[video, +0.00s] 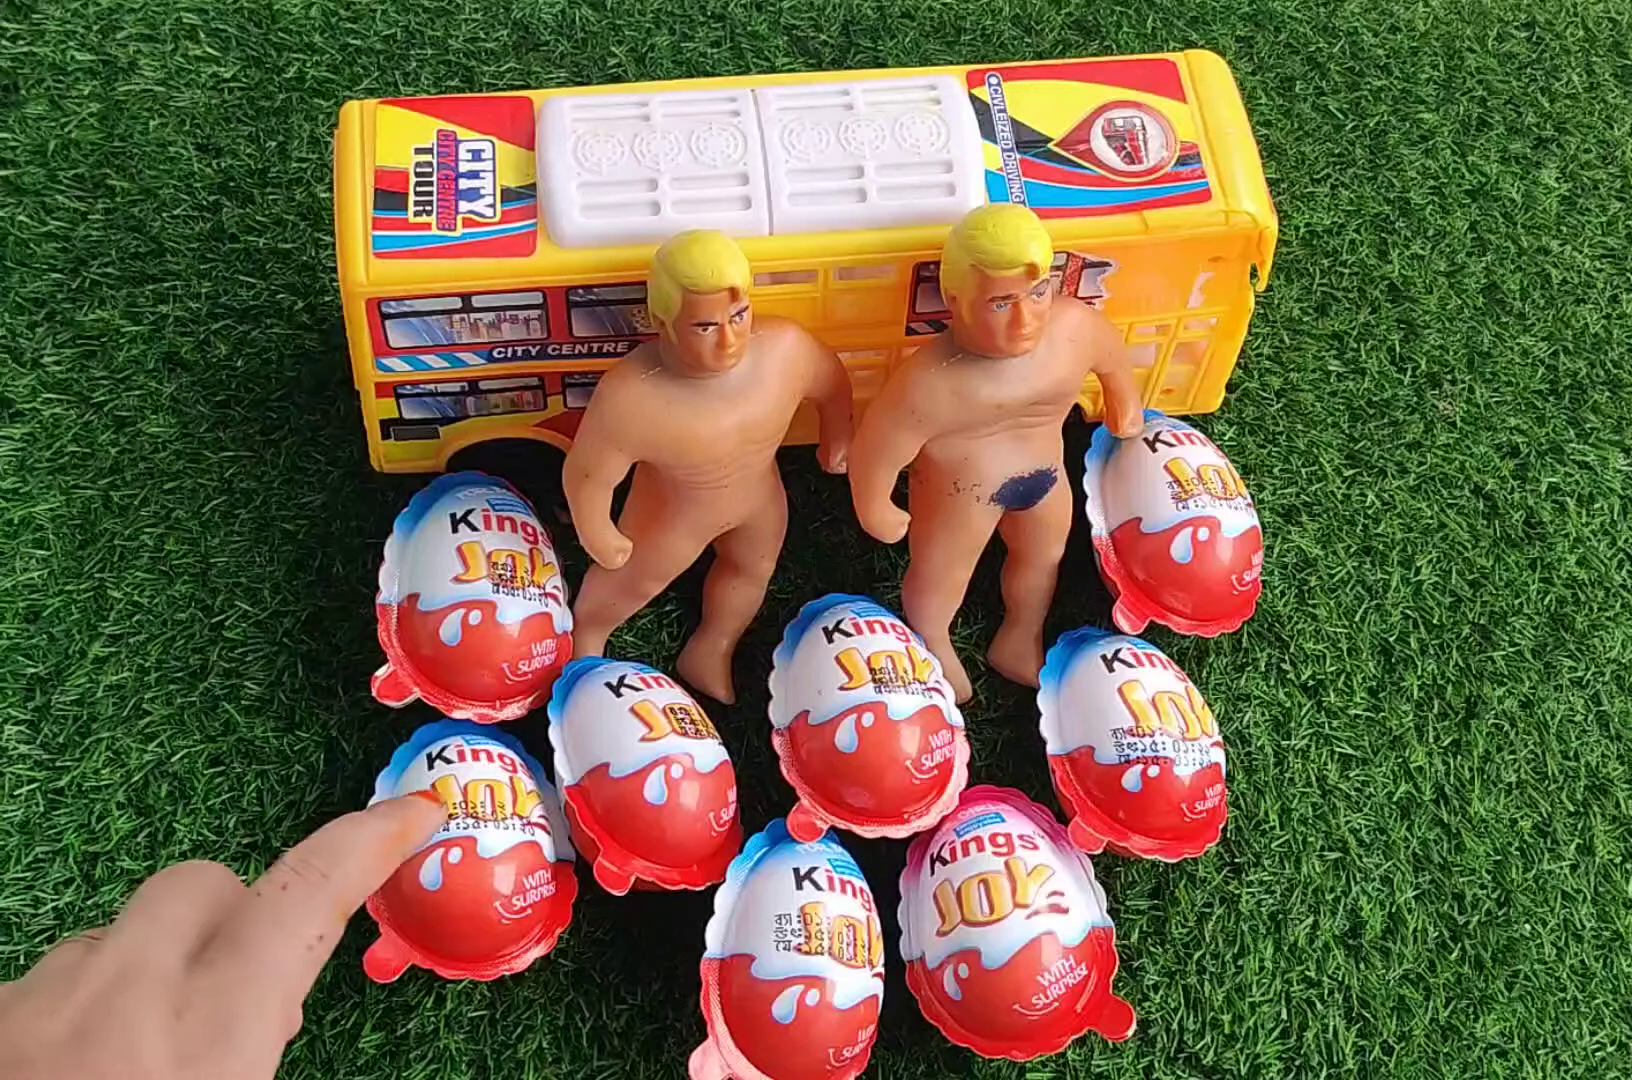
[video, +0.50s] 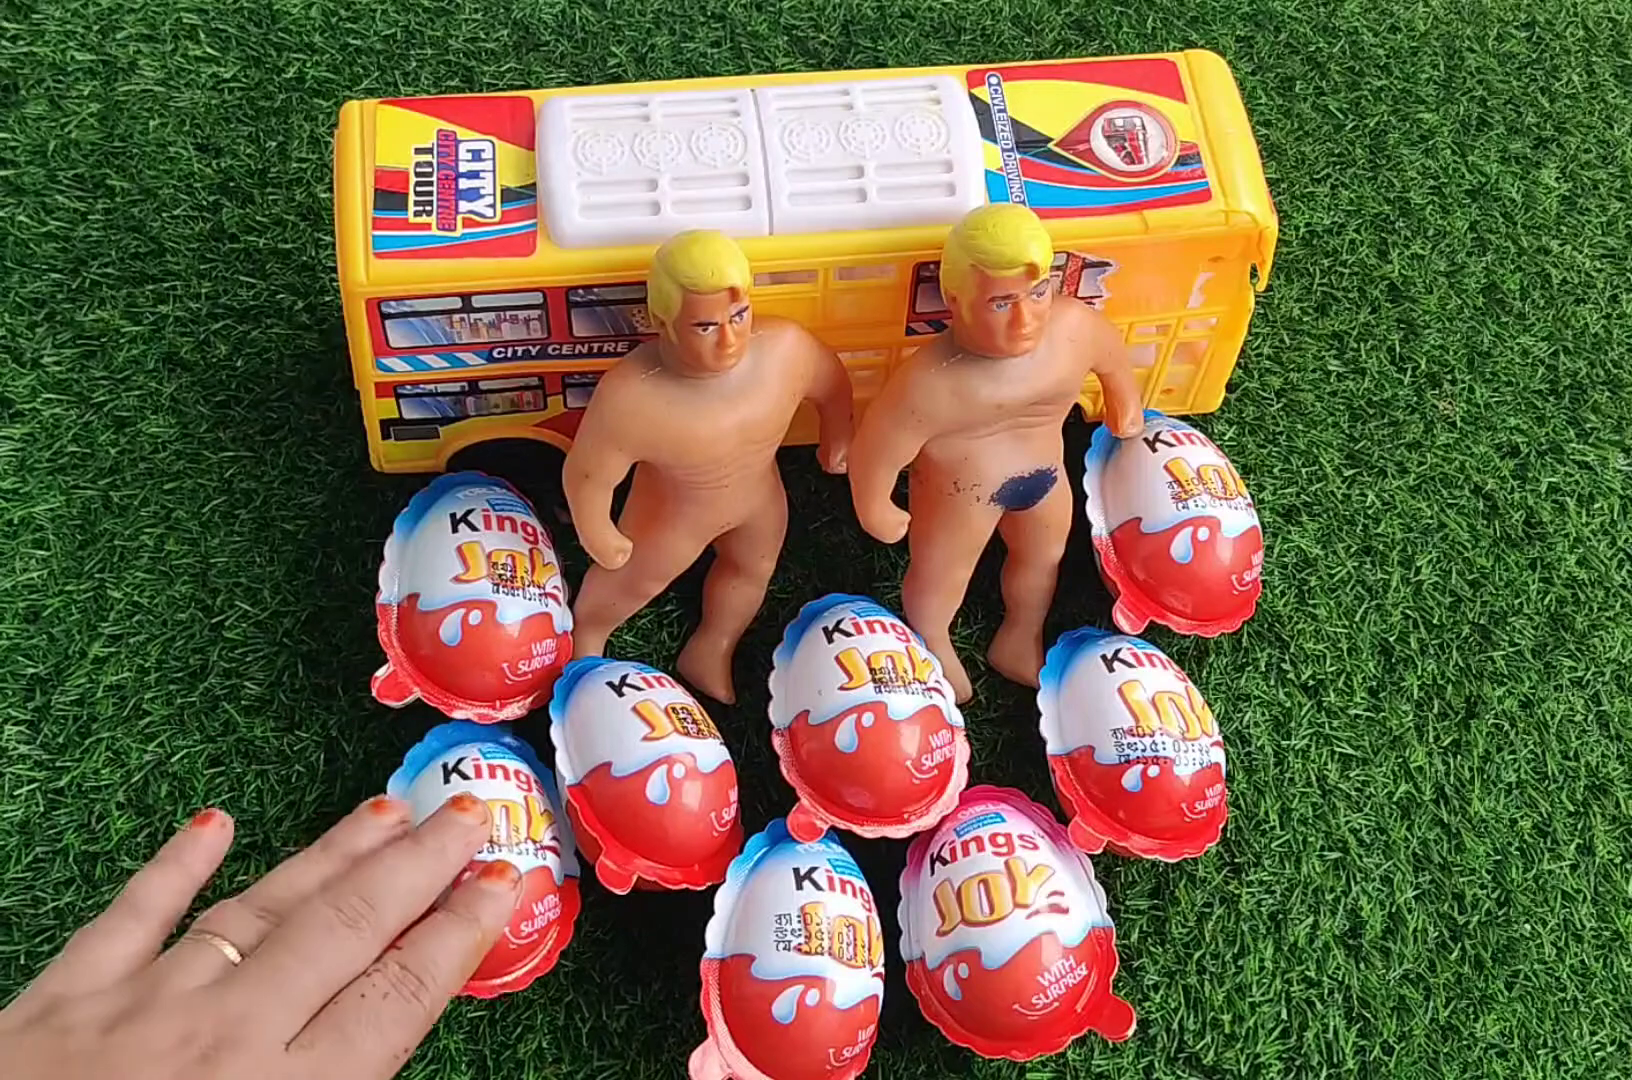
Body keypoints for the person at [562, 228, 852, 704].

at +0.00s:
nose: (728, 339)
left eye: (739, 316)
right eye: (705, 326)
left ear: (750, 302)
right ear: (662, 324)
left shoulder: (789, 350)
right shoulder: (629, 397)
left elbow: (834, 387)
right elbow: (588, 476)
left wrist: (837, 440)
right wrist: (600, 538)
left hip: (759, 496)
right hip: (672, 511)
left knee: (749, 574)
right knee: (630, 585)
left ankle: (711, 651)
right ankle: (589, 631)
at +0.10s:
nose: (728, 338)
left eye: (739, 316)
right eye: (705, 326)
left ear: (751, 302)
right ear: (661, 324)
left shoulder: (789, 350)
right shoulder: (629, 397)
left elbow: (834, 387)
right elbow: (587, 476)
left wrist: (837, 438)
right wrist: (601, 538)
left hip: (759, 496)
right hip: (672, 512)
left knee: (749, 573)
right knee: (631, 585)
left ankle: (711, 651)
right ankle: (589, 630)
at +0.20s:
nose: (728, 338)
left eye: (739, 316)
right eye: (705, 326)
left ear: (751, 302)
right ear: (660, 324)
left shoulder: (789, 350)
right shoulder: (629, 397)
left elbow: (834, 387)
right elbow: (587, 476)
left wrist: (837, 438)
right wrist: (601, 538)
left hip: (759, 496)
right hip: (672, 512)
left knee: (749, 573)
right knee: (631, 585)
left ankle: (711, 651)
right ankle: (589, 630)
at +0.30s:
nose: (728, 338)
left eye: (739, 316)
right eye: (705, 326)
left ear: (750, 301)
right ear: (661, 324)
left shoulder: (789, 350)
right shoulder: (629, 397)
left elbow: (834, 387)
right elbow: (588, 476)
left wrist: (837, 439)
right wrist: (600, 537)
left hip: (759, 496)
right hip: (672, 512)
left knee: (749, 574)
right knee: (631, 584)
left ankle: (711, 650)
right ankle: (589, 630)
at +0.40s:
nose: (728, 338)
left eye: (739, 316)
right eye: (705, 326)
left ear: (751, 302)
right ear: (660, 324)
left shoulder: (789, 350)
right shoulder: (629, 397)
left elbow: (834, 387)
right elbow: (587, 476)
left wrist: (838, 439)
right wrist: (601, 538)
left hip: (759, 496)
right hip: (673, 511)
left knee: (749, 574)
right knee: (630, 585)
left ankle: (711, 651)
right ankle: (590, 630)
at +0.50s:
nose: (728, 338)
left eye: (739, 316)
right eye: (705, 326)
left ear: (751, 302)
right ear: (660, 324)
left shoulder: (789, 350)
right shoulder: (628, 397)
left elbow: (834, 387)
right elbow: (587, 476)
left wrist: (838, 438)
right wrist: (601, 539)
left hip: (759, 496)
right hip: (672, 512)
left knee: (749, 574)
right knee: (630, 585)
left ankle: (711, 651)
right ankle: (590, 630)